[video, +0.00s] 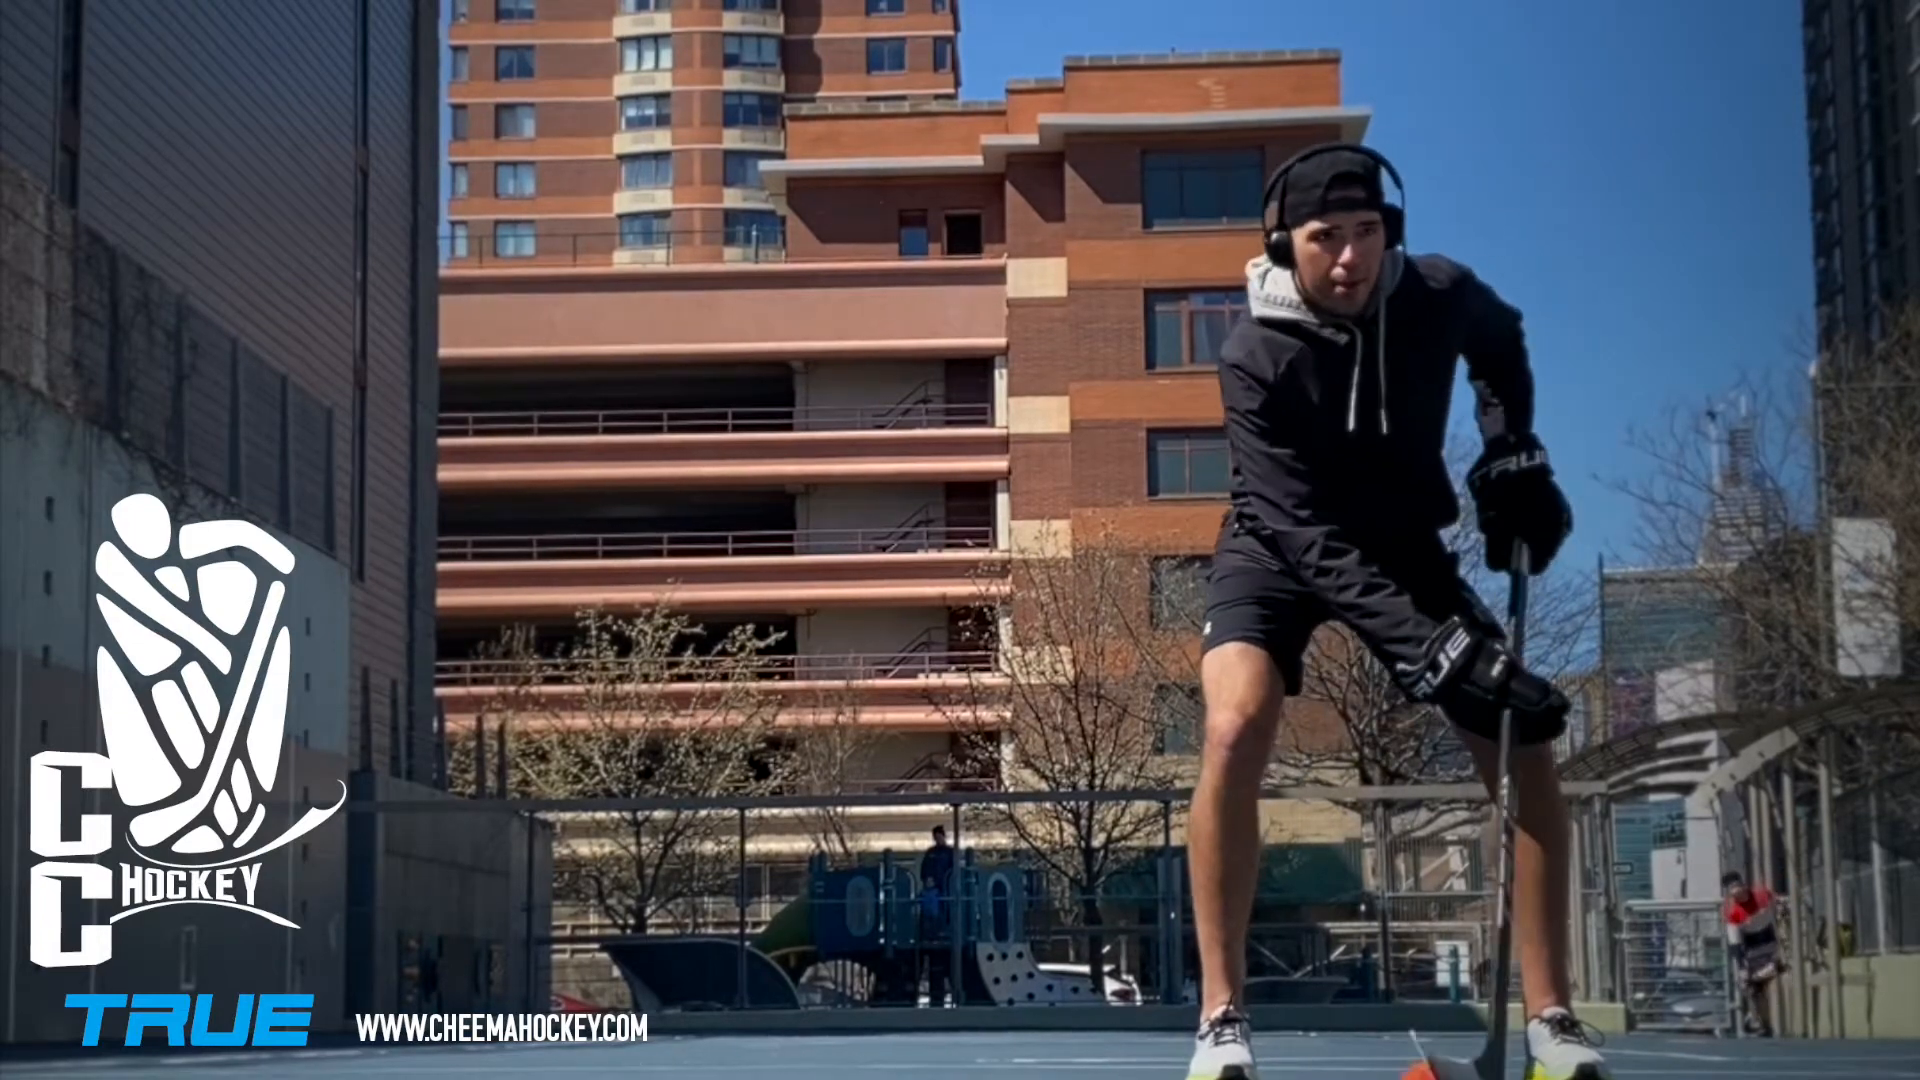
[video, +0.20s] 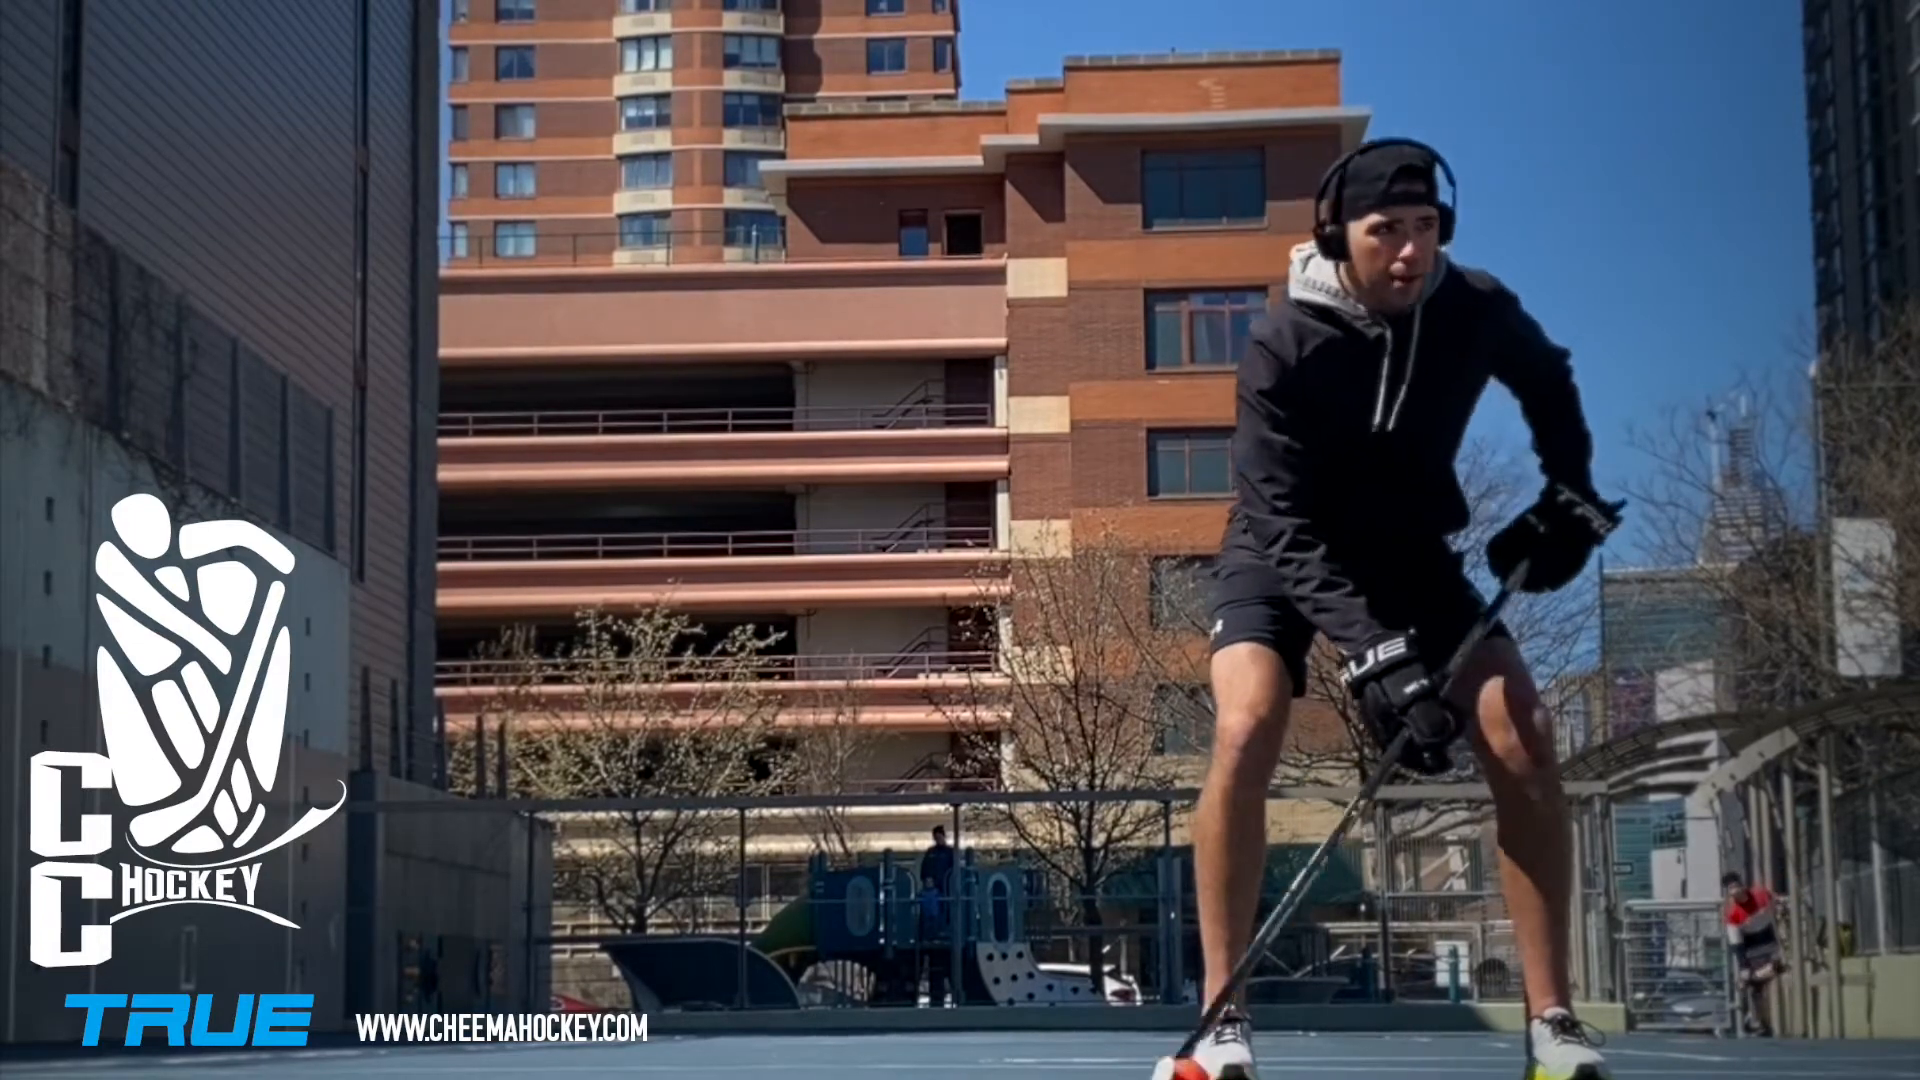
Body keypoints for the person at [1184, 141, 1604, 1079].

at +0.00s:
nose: (1349, 256)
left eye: (1366, 234)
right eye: (1326, 237)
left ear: (1390, 235)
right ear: (1286, 242)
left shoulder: (1437, 293)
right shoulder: (1259, 354)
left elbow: (1498, 340)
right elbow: (1303, 535)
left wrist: (1512, 455)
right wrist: (1436, 647)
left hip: (1405, 540)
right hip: (1278, 542)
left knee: (1522, 740)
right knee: (1235, 729)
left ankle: (1549, 1013)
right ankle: (1220, 1015)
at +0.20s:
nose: (1410, 250)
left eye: (1425, 229)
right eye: (1386, 231)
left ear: (1442, 233)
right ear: (1339, 236)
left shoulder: (1475, 309)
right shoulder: (1286, 344)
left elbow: (1546, 379)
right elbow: (1277, 525)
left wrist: (1570, 493)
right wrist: (1368, 654)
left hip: (1411, 550)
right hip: (1285, 546)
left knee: (1523, 735)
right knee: (1246, 730)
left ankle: (1553, 1020)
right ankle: (1221, 1020)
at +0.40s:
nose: (1453, 248)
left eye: (1462, 226)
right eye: (1430, 229)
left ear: (1473, 227)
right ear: (1376, 235)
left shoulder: (1491, 298)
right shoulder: (1314, 345)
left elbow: (1540, 348)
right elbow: (1349, 540)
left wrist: (1550, 467)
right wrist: (1499, 661)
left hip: (1431, 545)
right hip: (1305, 541)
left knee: (1539, 750)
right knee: (1260, 732)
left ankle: (1554, 1020)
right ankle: (1223, 1014)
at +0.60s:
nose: (1510, 241)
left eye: (1517, 222)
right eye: (1490, 225)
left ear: (1520, 223)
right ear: (1432, 232)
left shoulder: (1532, 306)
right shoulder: (1352, 337)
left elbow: (1583, 391)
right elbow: (1345, 523)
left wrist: (1610, 492)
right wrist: (1440, 648)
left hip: (1449, 543)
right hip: (1326, 537)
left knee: (1560, 728)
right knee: (1286, 735)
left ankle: (1558, 1019)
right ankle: (1228, 1012)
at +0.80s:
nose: (1550, 251)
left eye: (1552, 231)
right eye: (1532, 235)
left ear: (1537, 230)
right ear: (1470, 236)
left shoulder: (1551, 306)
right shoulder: (1373, 336)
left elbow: (1595, 389)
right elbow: (1375, 524)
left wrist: (1621, 485)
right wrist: (1506, 642)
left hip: (1463, 538)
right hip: (1340, 529)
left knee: (1569, 730)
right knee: (1294, 736)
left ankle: (1558, 1021)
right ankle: (1228, 1014)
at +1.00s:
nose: (1543, 255)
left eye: (1546, 234)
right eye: (1525, 238)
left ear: (1534, 230)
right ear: (1462, 240)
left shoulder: (1537, 301)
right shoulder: (1372, 338)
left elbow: (1561, 391)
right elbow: (1404, 538)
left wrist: (1582, 478)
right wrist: (1544, 667)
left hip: (1455, 537)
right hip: (1335, 532)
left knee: (1557, 739)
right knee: (1298, 736)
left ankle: (1556, 1020)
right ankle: (1228, 1013)